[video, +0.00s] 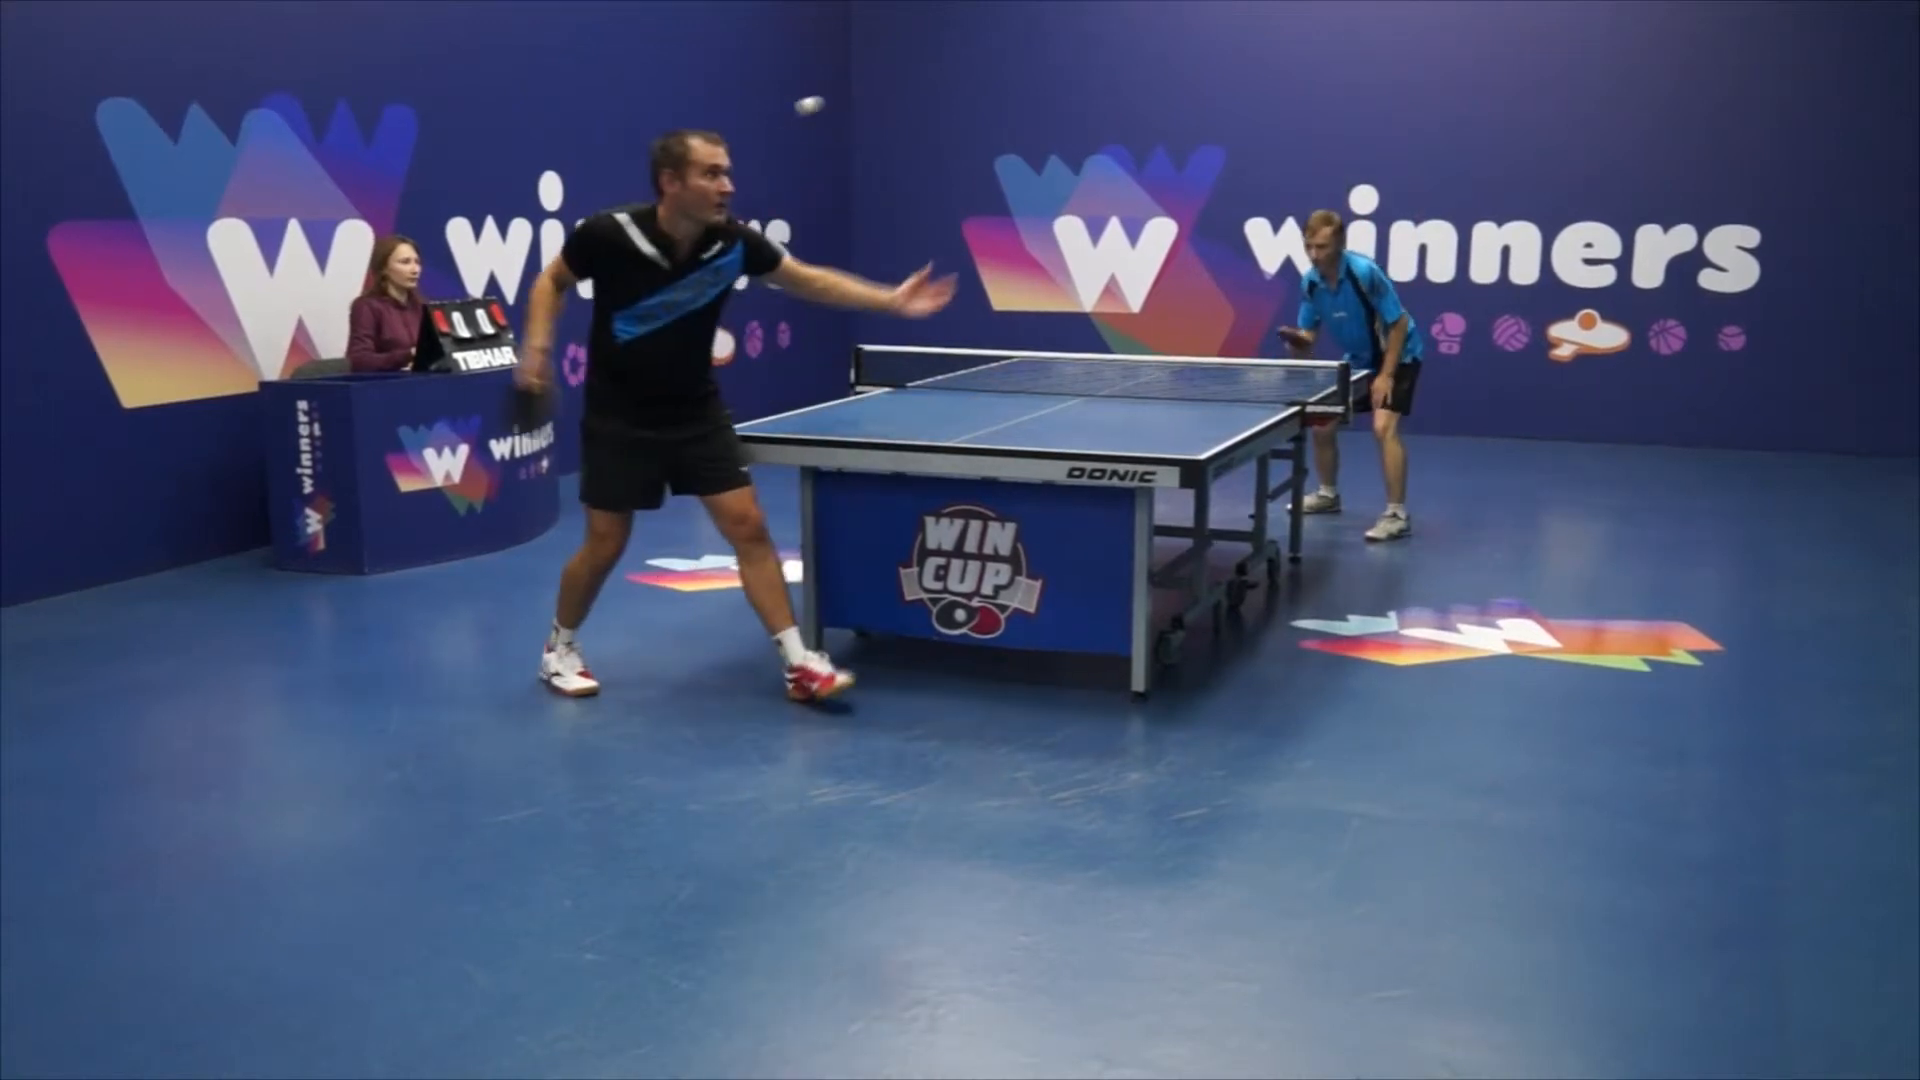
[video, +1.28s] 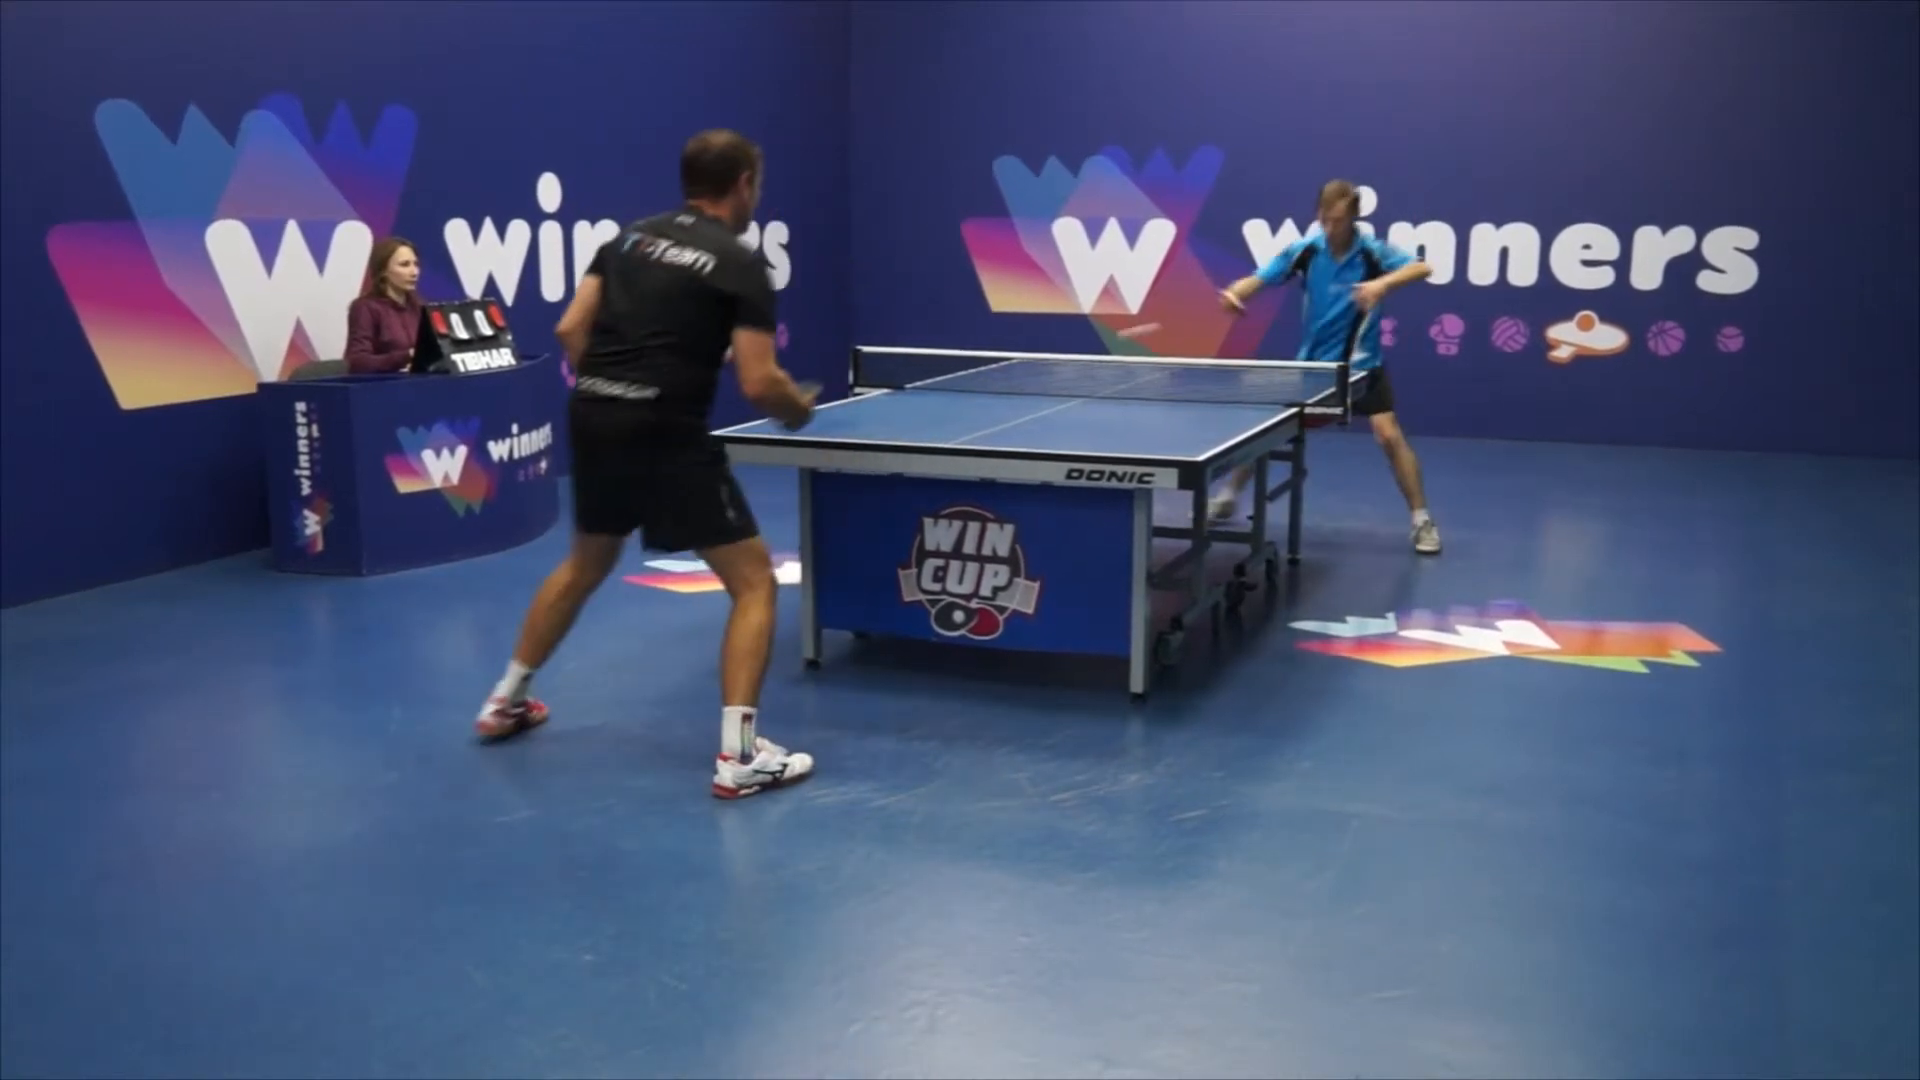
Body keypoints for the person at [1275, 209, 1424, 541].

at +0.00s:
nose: (1315, 254)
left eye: (1323, 247)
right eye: (1311, 247)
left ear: (1340, 245)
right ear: (1306, 246)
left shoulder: (1365, 272)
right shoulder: (1311, 281)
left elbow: (1399, 323)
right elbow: (1307, 337)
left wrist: (1386, 375)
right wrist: (1297, 338)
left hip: (1397, 355)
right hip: (1359, 358)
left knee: (1384, 426)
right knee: (1321, 421)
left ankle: (1396, 512)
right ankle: (1327, 494)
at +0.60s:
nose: (1332, 216)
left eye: (1340, 209)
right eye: (1327, 208)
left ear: (1359, 209)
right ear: (1322, 207)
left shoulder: (1381, 244)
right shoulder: (1314, 249)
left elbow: (1411, 292)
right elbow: (1301, 298)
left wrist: (1379, 329)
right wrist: (1289, 310)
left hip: (1382, 352)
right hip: (1334, 353)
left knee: (1393, 432)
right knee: (1287, 414)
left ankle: (1421, 513)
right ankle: (1278, 499)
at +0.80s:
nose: (1319, 243)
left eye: (1326, 236)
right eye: (1316, 235)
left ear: (1345, 234)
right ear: (1311, 233)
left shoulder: (1371, 267)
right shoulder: (1304, 275)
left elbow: (1409, 306)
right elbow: (1290, 325)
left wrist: (1381, 328)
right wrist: (1282, 364)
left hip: (1373, 375)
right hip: (1323, 375)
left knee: (1397, 444)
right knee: (1268, 429)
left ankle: (1425, 521)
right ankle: (1226, 498)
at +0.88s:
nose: (1309, 260)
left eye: (1316, 253)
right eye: (1305, 253)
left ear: (1334, 250)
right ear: (1300, 250)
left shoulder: (1358, 278)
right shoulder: (1290, 285)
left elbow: (1405, 308)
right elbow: (1265, 330)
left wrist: (1377, 321)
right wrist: (1260, 370)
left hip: (1363, 380)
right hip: (1314, 381)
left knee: (1393, 444)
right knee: (1261, 437)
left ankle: (1420, 522)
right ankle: (1213, 502)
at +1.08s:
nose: (1309, 281)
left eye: (1316, 275)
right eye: (1304, 273)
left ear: (1331, 268)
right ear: (1297, 265)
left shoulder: (1346, 292)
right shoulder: (1282, 288)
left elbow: (1381, 324)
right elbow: (1223, 305)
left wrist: (1347, 314)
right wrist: (1237, 339)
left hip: (1343, 384)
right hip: (1294, 385)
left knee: (1378, 446)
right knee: (1251, 448)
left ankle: (1419, 523)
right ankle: (1202, 507)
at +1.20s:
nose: (1323, 248)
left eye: (1330, 241)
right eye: (1318, 239)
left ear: (1345, 238)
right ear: (1311, 235)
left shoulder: (1359, 267)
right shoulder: (1296, 268)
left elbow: (1400, 281)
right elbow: (1249, 296)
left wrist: (1361, 287)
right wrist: (1227, 291)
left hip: (1352, 375)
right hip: (1301, 375)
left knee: (1384, 440)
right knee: (1250, 434)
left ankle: (1420, 522)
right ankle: (1205, 503)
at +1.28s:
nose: (1330, 227)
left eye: (1337, 220)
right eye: (1326, 219)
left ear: (1354, 219)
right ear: (1320, 216)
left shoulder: (1372, 250)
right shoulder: (1307, 250)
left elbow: (1419, 268)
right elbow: (1262, 276)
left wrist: (1381, 284)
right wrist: (1234, 293)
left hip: (1362, 366)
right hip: (1311, 365)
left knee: (1389, 435)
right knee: (1263, 426)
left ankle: (1421, 519)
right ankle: (1228, 495)